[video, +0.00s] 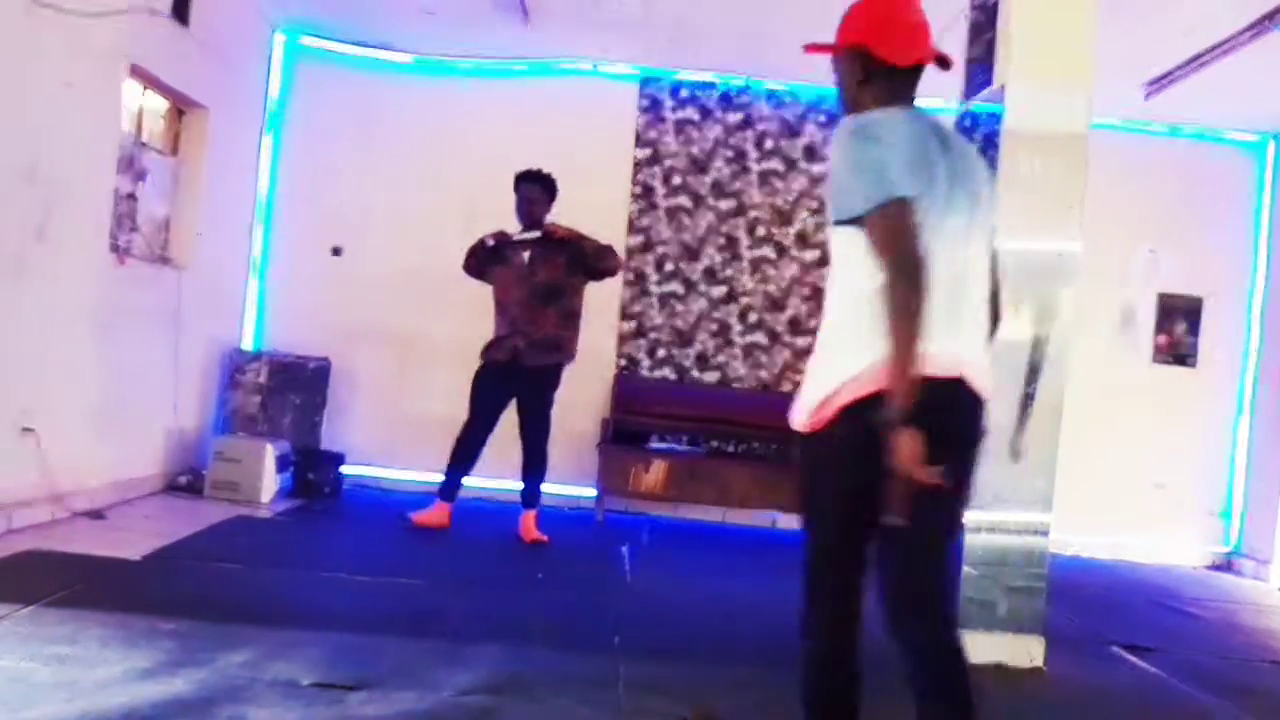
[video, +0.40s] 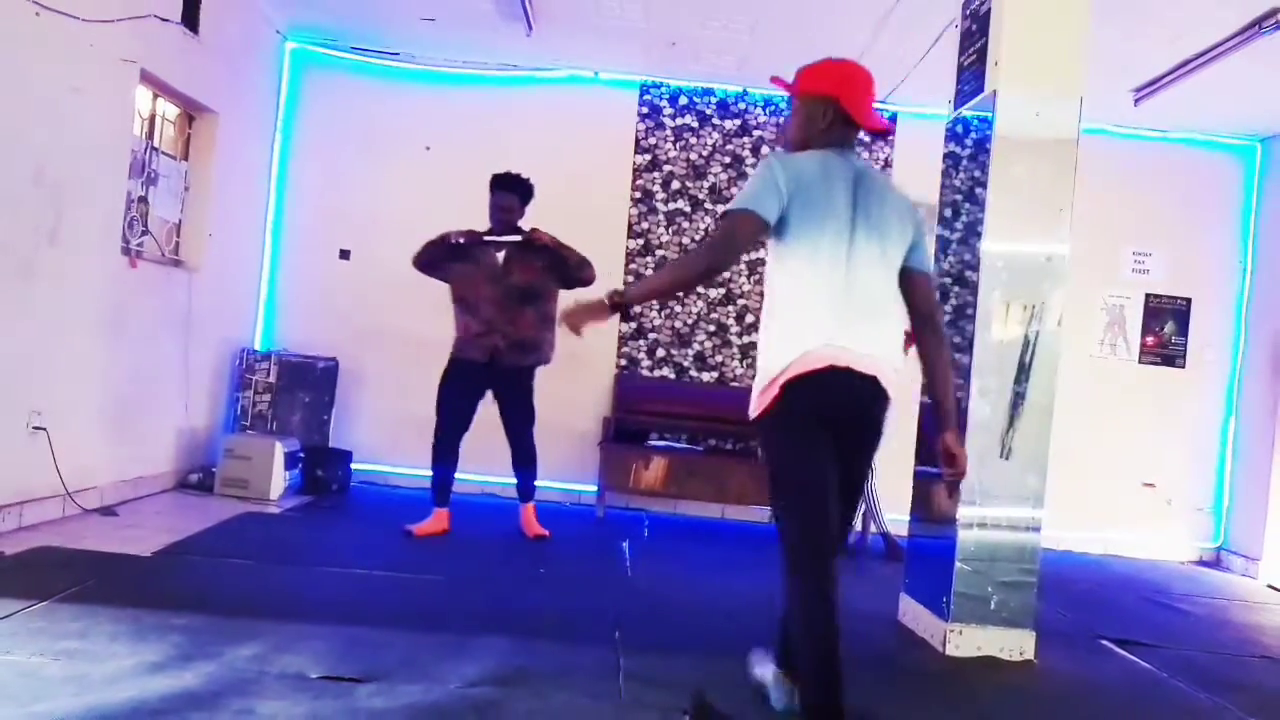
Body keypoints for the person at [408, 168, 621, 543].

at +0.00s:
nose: (526, 208)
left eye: (534, 201)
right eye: (522, 199)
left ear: (549, 204)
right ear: (515, 201)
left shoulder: (570, 251)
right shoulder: (506, 251)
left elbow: (611, 264)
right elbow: (472, 267)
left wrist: (572, 239)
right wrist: (488, 243)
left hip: (545, 358)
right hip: (502, 353)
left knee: (535, 436)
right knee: (476, 425)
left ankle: (529, 515)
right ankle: (444, 504)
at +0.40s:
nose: (500, 214)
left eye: (508, 208)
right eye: (496, 206)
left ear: (522, 211)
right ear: (489, 205)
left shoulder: (540, 255)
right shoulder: (469, 254)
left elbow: (585, 276)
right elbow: (422, 261)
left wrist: (551, 245)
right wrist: (452, 240)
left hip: (516, 364)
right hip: (469, 359)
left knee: (522, 439)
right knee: (446, 433)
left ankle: (528, 512)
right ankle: (440, 512)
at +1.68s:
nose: (437, 177)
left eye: (446, 171)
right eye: (432, 169)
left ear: (461, 179)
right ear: (424, 173)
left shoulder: (476, 230)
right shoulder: (405, 225)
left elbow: (484, 291)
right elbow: (391, 284)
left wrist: (460, 268)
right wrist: (394, 328)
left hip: (442, 350)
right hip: (399, 345)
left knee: (427, 434)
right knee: (387, 431)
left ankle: (422, 517)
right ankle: (389, 513)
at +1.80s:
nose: (436, 176)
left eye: (445, 171)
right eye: (431, 169)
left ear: (462, 179)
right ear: (424, 174)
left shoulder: (477, 230)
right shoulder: (401, 225)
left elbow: (486, 287)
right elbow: (383, 286)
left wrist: (495, 294)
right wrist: (396, 337)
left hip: (444, 352)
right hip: (401, 347)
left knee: (429, 435)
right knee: (387, 433)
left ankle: (422, 514)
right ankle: (400, 503)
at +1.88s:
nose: (436, 177)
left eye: (445, 171)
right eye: (431, 170)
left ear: (461, 180)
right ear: (424, 175)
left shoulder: (476, 232)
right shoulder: (400, 225)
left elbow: (490, 291)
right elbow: (383, 284)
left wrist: (495, 294)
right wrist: (396, 332)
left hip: (445, 352)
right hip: (400, 346)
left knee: (428, 432)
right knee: (390, 428)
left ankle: (422, 510)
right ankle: (411, 496)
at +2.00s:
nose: (438, 181)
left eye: (447, 175)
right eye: (433, 174)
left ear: (463, 183)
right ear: (425, 178)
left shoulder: (473, 236)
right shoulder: (399, 224)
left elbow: (484, 295)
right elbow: (383, 285)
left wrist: (498, 293)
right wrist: (394, 336)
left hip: (447, 348)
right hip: (402, 344)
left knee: (435, 420)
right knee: (400, 419)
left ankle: (408, 493)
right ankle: (416, 495)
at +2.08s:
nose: (440, 180)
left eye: (449, 174)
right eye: (435, 173)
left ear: (465, 183)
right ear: (426, 178)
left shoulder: (470, 239)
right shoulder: (398, 223)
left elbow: (478, 301)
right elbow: (383, 285)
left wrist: (505, 307)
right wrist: (400, 339)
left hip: (446, 344)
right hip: (399, 340)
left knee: (440, 418)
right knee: (401, 417)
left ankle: (407, 489)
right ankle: (414, 495)